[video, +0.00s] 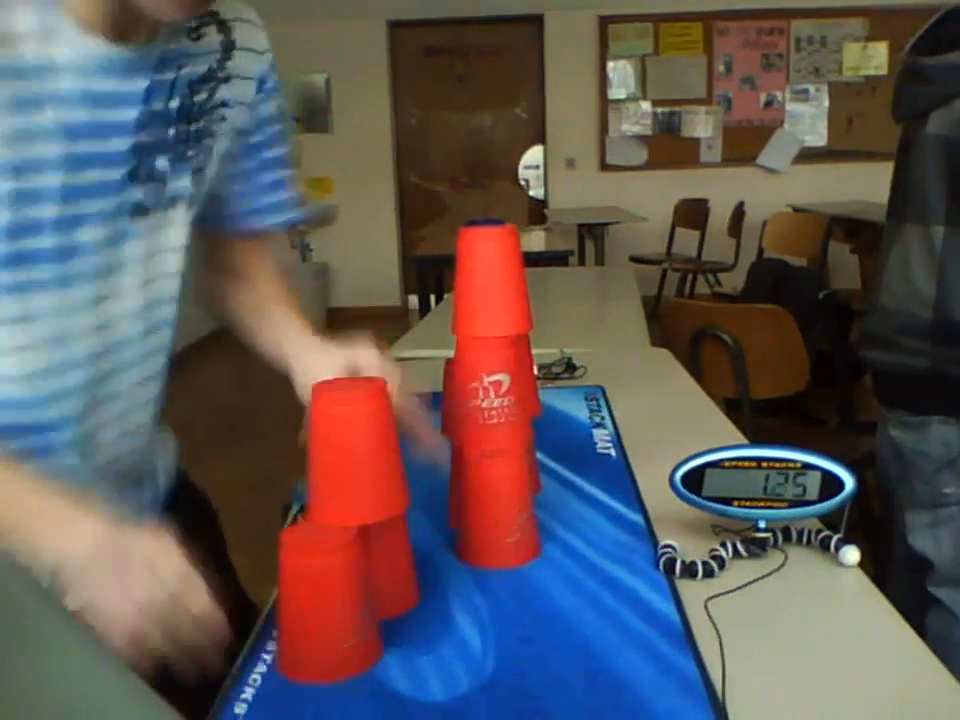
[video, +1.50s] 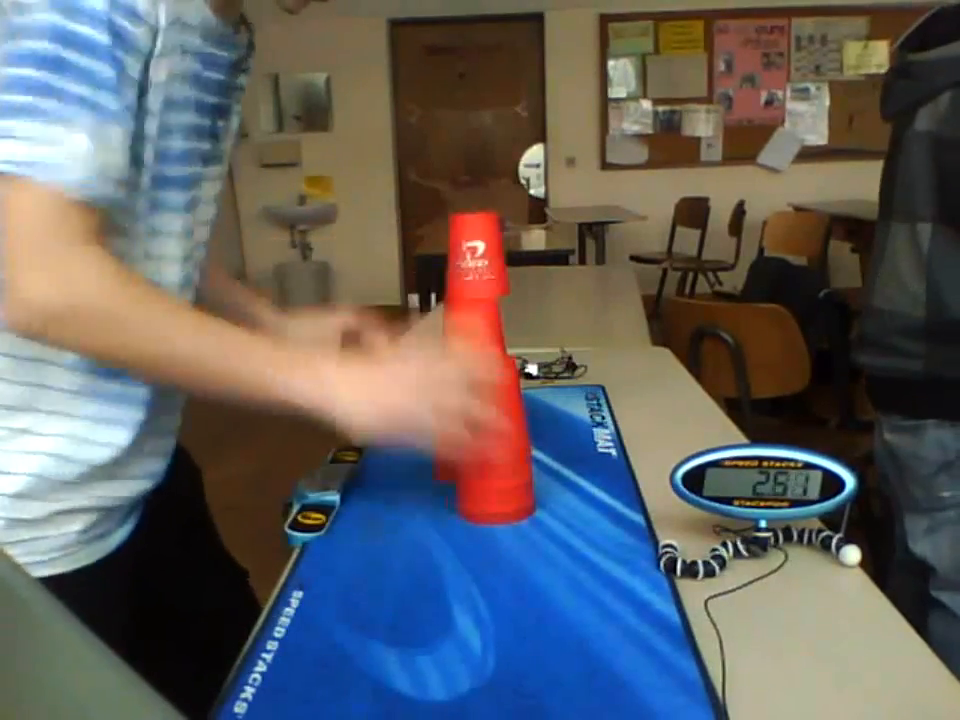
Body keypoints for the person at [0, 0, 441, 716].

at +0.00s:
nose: (198, 4)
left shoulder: (231, 45)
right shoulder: (15, 46)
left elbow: (234, 253)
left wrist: (308, 354)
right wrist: (79, 545)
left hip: (145, 498)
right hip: (20, 542)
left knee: (245, 682)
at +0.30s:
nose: (335, 8)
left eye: (332, 5)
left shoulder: (161, 40)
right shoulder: (139, 60)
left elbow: (209, 239)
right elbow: (159, 365)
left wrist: (375, 284)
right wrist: (380, 364)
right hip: (64, 543)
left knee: (263, 676)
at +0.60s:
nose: (334, 5)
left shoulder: (235, 64)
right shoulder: (57, 52)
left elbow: (239, 291)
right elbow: (84, 368)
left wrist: (421, 360)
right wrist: (373, 463)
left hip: (149, 496)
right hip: (35, 547)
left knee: (274, 689)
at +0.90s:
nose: (274, 4)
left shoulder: (199, 50)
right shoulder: (16, 39)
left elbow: (151, 254)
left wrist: (292, 380)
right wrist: (182, 453)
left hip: (157, 502)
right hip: (35, 549)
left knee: (259, 691)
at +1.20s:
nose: (298, 6)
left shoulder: (183, 28)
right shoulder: (84, 15)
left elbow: (172, 237)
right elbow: (102, 299)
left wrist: (336, 343)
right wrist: (356, 318)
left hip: (135, 476)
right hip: (43, 530)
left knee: (259, 690)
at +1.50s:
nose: (311, 2)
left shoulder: (218, 32)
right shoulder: (72, 15)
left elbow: (150, 238)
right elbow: (39, 277)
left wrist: (276, 324)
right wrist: (334, 386)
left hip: (147, 488)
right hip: (39, 546)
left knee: (262, 693)